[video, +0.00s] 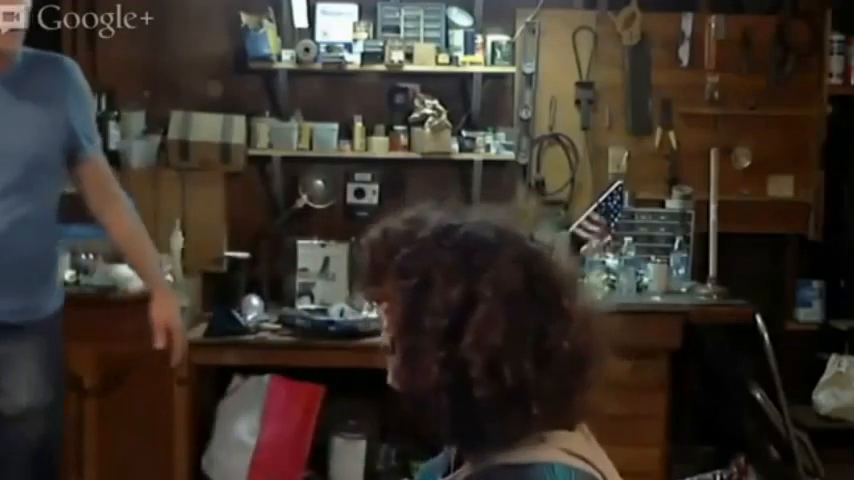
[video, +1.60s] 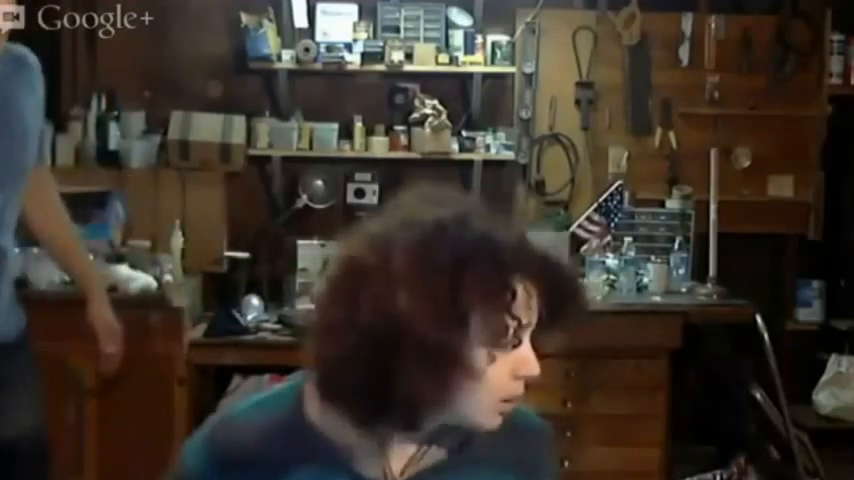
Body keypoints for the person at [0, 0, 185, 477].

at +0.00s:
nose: (11, 9)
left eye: (18, 2)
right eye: (4, 2)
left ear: (30, 9)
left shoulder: (55, 78)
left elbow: (103, 191)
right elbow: (103, 191)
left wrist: (159, 285)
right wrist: (160, 286)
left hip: (27, 322)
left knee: (28, 466)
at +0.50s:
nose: (48, 9)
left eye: (53, 1)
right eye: (31, 0)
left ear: (62, 9)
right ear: (0, 13)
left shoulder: (81, 77)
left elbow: (112, 184)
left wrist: (170, 285)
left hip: (47, 323)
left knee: (44, 466)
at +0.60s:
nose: (56, 10)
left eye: (61, 1)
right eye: (37, 1)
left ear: (71, 8)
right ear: (3, 13)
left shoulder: (87, 77)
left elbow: (114, 185)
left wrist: (171, 283)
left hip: (50, 326)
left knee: (47, 469)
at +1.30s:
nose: (39, 16)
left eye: (46, 3)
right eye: (21, 4)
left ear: (57, 11)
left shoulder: (63, 79)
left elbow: (83, 192)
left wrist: (141, 285)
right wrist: (3, 273)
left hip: (37, 327)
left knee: (48, 462)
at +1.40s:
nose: (13, 16)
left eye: (20, 9)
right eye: (6, 9)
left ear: (29, 14)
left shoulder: (30, 73)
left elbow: (41, 177)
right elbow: (43, 179)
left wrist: (105, 283)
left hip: (10, 330)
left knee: (29, 459)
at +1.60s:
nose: (11, 13)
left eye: (14, 7)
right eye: (6, 7)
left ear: (20, 14)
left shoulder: (20, 71)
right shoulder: (20, 73)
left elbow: (33, 181)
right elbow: (35, 183)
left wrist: (94, 286)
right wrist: (94, 288)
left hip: (7, 330)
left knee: (25, 458)